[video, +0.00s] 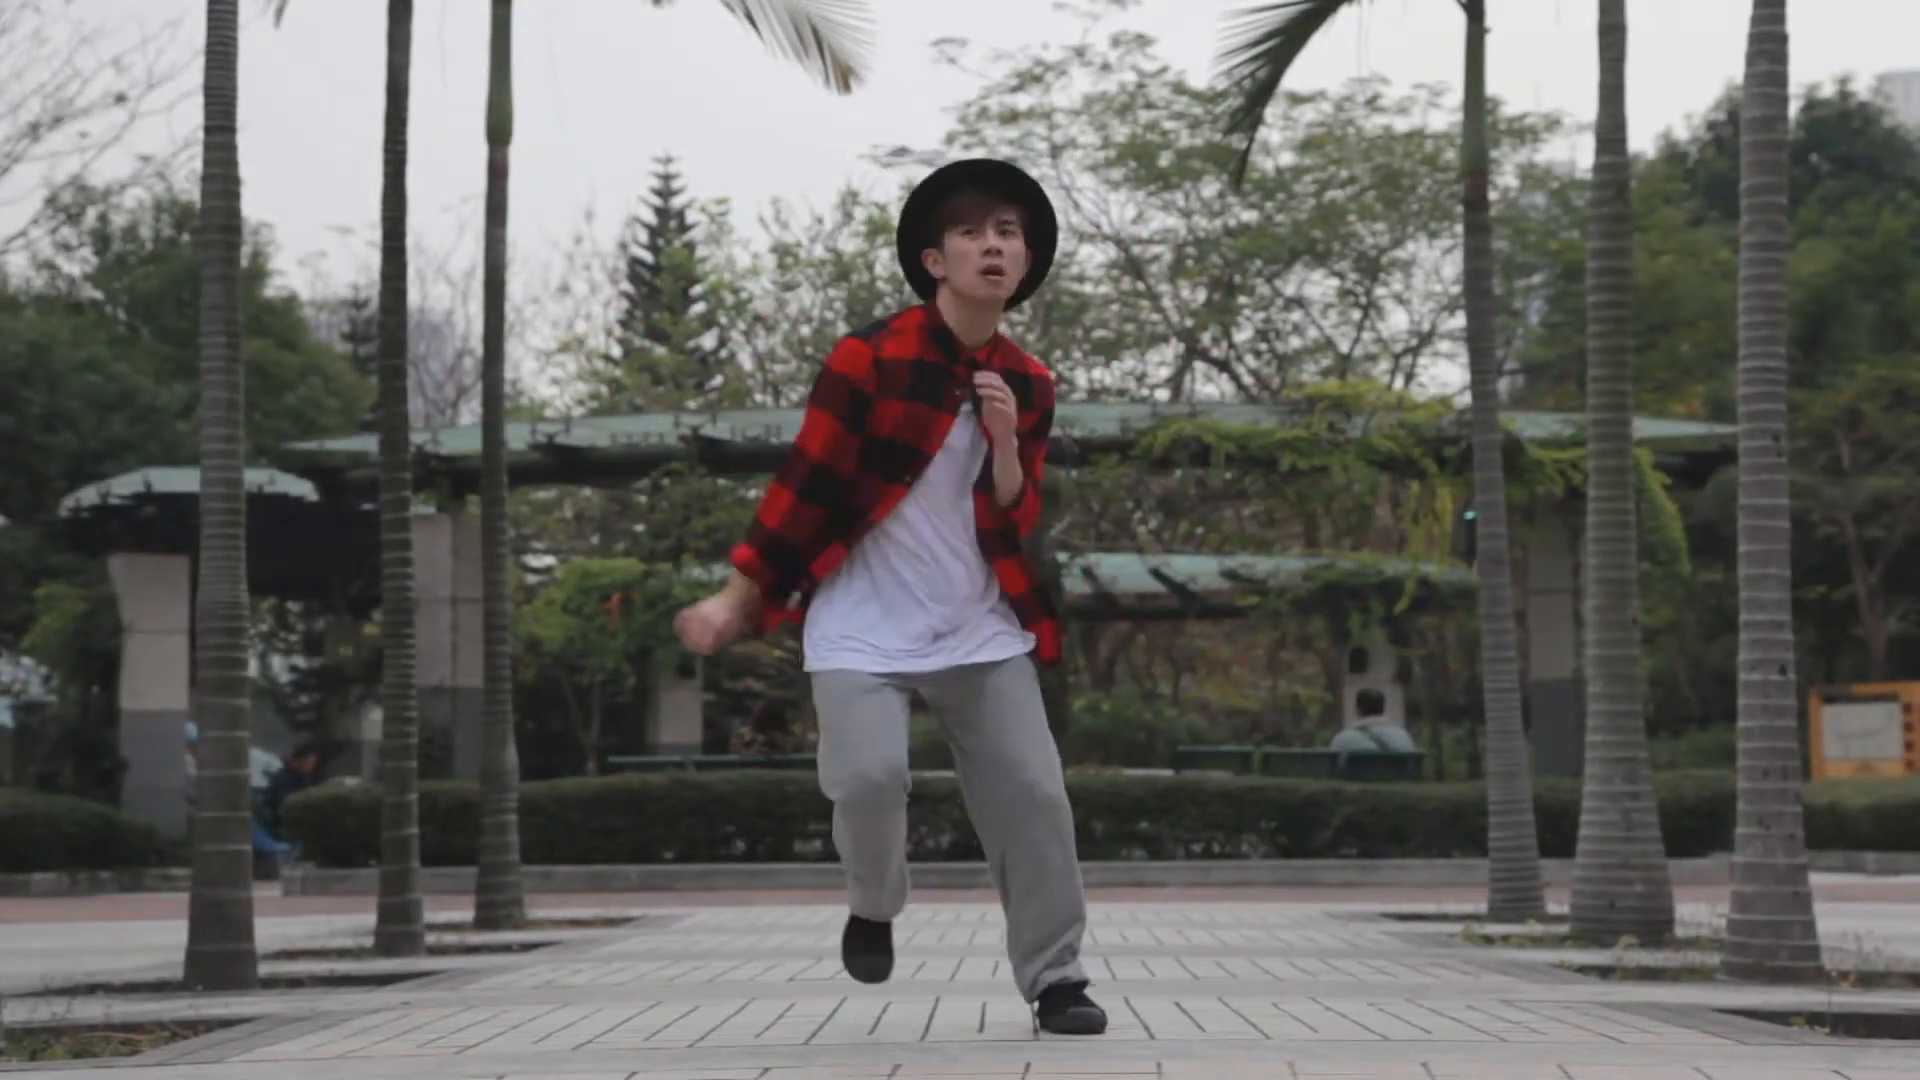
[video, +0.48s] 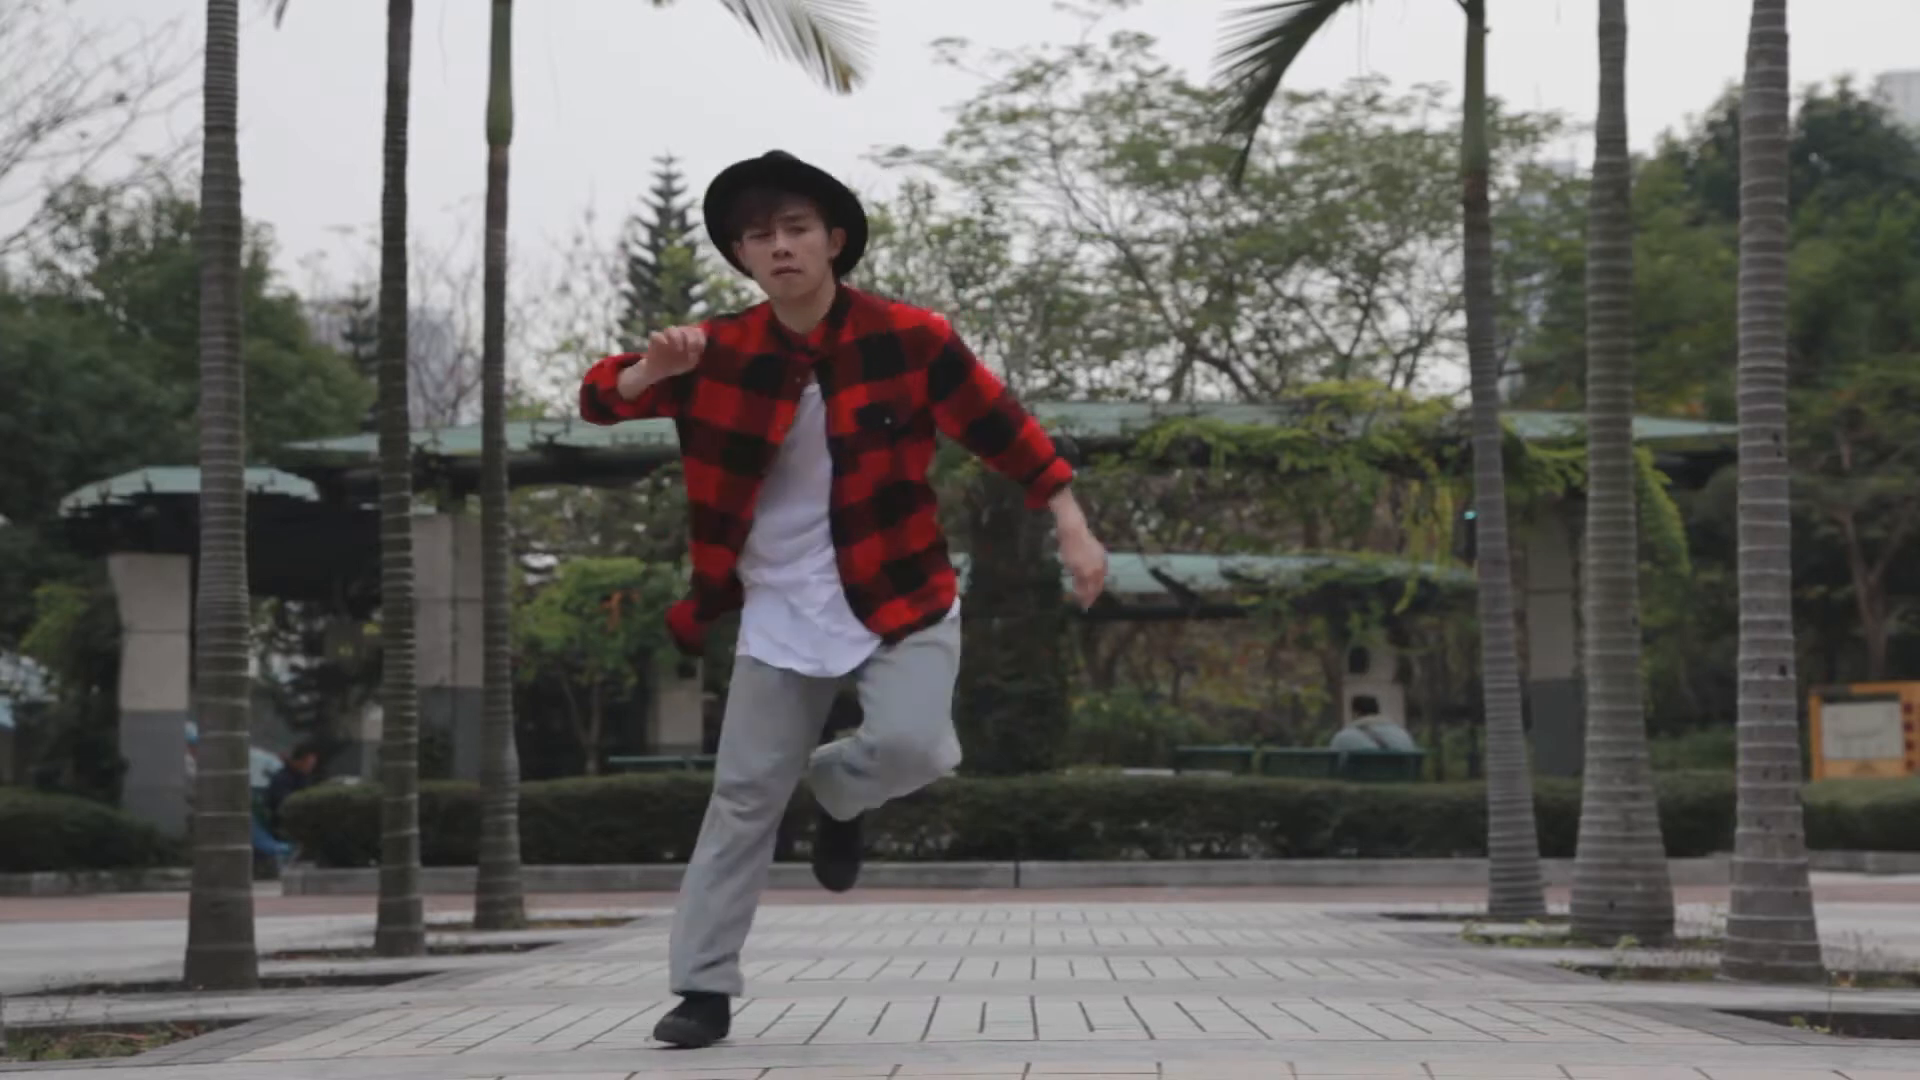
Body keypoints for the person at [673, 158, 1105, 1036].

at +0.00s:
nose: (992, 245)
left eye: (1009, 232)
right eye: (970, 231)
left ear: (1029, 264)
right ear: (933, 261)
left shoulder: (1028, 382)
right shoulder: (870, 358)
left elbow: (1015, 521)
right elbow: (806, 482)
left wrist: (1005, 447)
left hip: (976, 617)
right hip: (859, 615)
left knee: (1032, 786)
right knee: (866, 772)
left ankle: (1054, 975)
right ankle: (874, 902)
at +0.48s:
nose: (778, 246)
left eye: (796, 226)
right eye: (757, 233)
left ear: (838, 238)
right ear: (740, 256)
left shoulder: (910, 338)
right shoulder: (717, 352)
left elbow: (999, 423)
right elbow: (594, 402)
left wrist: (1072, 522)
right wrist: (644, 373)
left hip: (904, 595)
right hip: (781, 604)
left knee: (922, 748)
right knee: (747, 791)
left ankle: (830, 793)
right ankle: (704, 988)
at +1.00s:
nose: (1028, 242)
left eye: (1042, 222)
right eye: (1005, 229)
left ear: (1069, 235)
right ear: (973, 252)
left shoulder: (1114, 331)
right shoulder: (953, 342)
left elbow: (1113, 437)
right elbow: (1028, 445)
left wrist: (1103, 481)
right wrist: (1161, 424)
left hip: (1061, 587)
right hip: (955, 581)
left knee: (1091, 766)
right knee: (967, 718)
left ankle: (1009, 952)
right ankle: (986, 899)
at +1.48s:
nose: (1192, 241)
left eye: (1212, 231)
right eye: (1172, 224)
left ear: (1231, 266)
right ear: (1134, 246)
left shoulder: (1209, 381)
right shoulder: (1060, 309)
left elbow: (1207, 528)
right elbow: (934, 332)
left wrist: (1211, 447)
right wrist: (807, 351)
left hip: (1072, 584)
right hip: (996, 566)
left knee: (1093, 764)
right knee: (1143, 679)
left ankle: (1104, 976)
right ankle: (1029, 855)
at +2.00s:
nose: (1100, 214)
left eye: (1118, 195)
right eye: (1077, 204)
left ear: (1156, 214)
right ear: (1058, 235)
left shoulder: (1220, 324)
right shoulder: (1021, 320)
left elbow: (1260, 398)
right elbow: (914, 411)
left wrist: (1266, 500)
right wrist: (990, 376)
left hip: (1143, 575)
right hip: (1025, 572)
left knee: (1224, 733)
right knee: (980, 763)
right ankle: (937, 975)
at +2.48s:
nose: (1200, 236)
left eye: (1215, 220)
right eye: (1174, 224)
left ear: (1237, 243)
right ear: (1139, 256)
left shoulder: (1250, 346)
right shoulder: (1104, 344)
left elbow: (1368, 432)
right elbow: (1008, 448)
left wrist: (1320, 381)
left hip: (1155, 596)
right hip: (1049, 572)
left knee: (1194, 766)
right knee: (1156, 697)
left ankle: (1190, 975)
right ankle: (1122, 907)